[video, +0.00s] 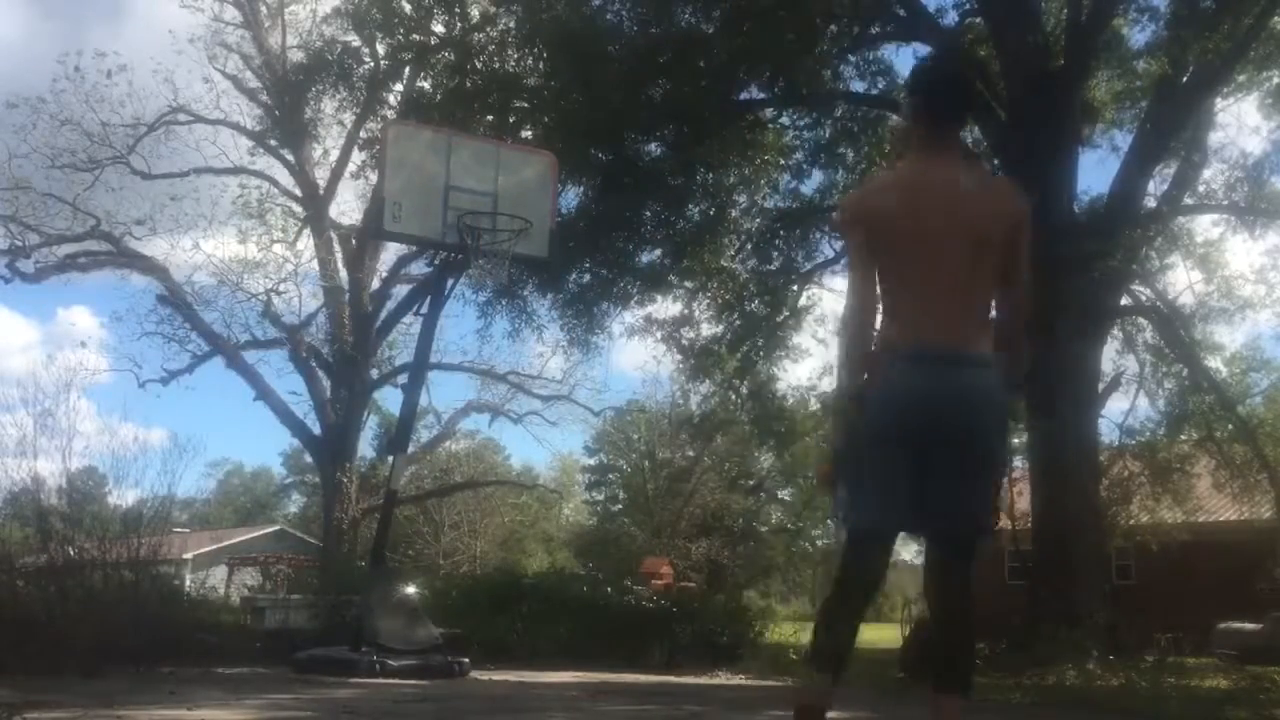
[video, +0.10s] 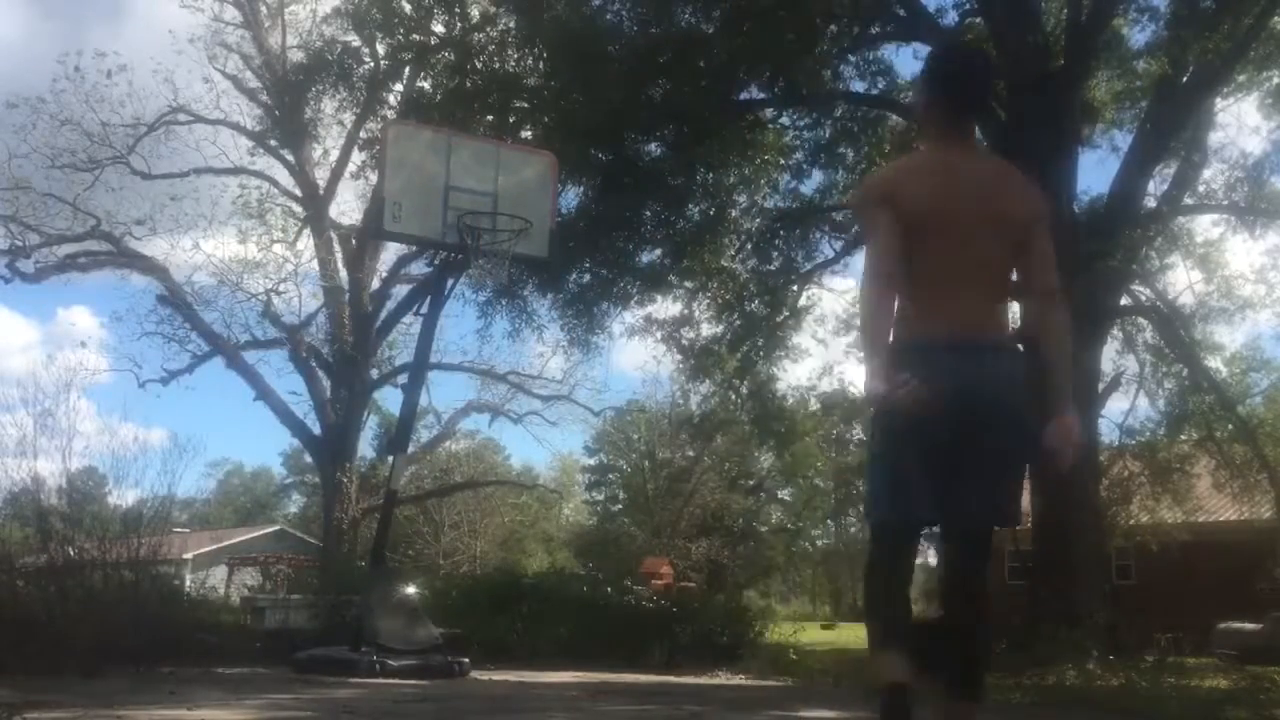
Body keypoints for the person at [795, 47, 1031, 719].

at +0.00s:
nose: (906, 121)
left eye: (907, 111)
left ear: (911, 115)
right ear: (970, 119)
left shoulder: (872, 197)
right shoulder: (1005, 199)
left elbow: (860, 315)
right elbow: (1014, 310)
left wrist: (845, 408)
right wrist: (998, 388)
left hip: (894, 385)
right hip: (976, 389)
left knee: (863, 555)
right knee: (953, 563)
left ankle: (812, 699)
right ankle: (949, 704)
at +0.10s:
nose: (917, 105)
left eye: (920, 96)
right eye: (925, 96)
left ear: (924, 102)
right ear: (984, 105)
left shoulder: (891, 185)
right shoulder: (1021, 191)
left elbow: (880, 280)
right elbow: (1047, 300)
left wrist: (877, 368)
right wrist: (1065, 402)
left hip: (918, 369)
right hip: (998, 374)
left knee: (892, 538)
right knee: (970, 545)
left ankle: (895, 671)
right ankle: (963, 695)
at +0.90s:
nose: (1075, 55)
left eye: (1081, 42)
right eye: (1080, 42)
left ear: (1094, 47)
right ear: (1153, 54)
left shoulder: (1062, 130)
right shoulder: (1184, 133)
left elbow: (1043, 260)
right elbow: (1173, 245)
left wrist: (1011, 281)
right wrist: (1063, 270)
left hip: (1108, 344)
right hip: (1195, 340)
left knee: (1123, 541)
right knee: (1192, 546)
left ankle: (1150, 704)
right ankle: (1237, 704)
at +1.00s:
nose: (1094, 63)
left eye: (1097, 50)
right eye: (1097, 52)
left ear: (1116, 51)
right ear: (1177, 55)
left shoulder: (1077, 137)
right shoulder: (1215, 141)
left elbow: (1053, 261)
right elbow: (1198, 238)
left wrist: (1044, 331)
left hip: (1122, 347)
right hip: (1215, 341)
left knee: (1124, 547)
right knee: (1226, 544)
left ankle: (1149, 700)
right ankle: (1256, 702)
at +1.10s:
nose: (1112, 68)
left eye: (1116, 56)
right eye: (1117, 56)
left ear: (1127, 56)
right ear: (1188, 60)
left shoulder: (1091, 144)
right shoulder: (1233, 147)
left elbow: (1072, 269)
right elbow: (1225, 247)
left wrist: (1061, 348)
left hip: (1139, 350)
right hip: (1233, 345)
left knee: (1119, 539)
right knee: (1243, 543)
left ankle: (1137, 696)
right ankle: (1258, 701)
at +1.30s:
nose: (1124, 80)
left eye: (1127, 68)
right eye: (1130, 69)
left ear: (1136, 68)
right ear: (1197, 70)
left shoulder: (1097, 152)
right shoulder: (1243, 150)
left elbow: (1091, 284)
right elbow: (1268, 280)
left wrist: (1082, 404)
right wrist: (1269, 365)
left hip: (1140, 358)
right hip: (1236, 353)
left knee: (1140, 548)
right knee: (1244, 549)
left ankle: (1145, 701)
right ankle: (1260, 702)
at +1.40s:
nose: (1123, 89)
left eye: (1126, 78)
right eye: (1128, 79)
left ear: (1131, 77)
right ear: (1196, 79)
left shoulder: (1092, 158)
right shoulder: (1238, 156)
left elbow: (1089, 274)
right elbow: (1271, 228)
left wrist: (1090, 382)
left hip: (1135, 364)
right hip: (1228, 359)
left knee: (1141, 550)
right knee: (1239, 549)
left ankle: (1145, 700)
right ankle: (1256, 700)